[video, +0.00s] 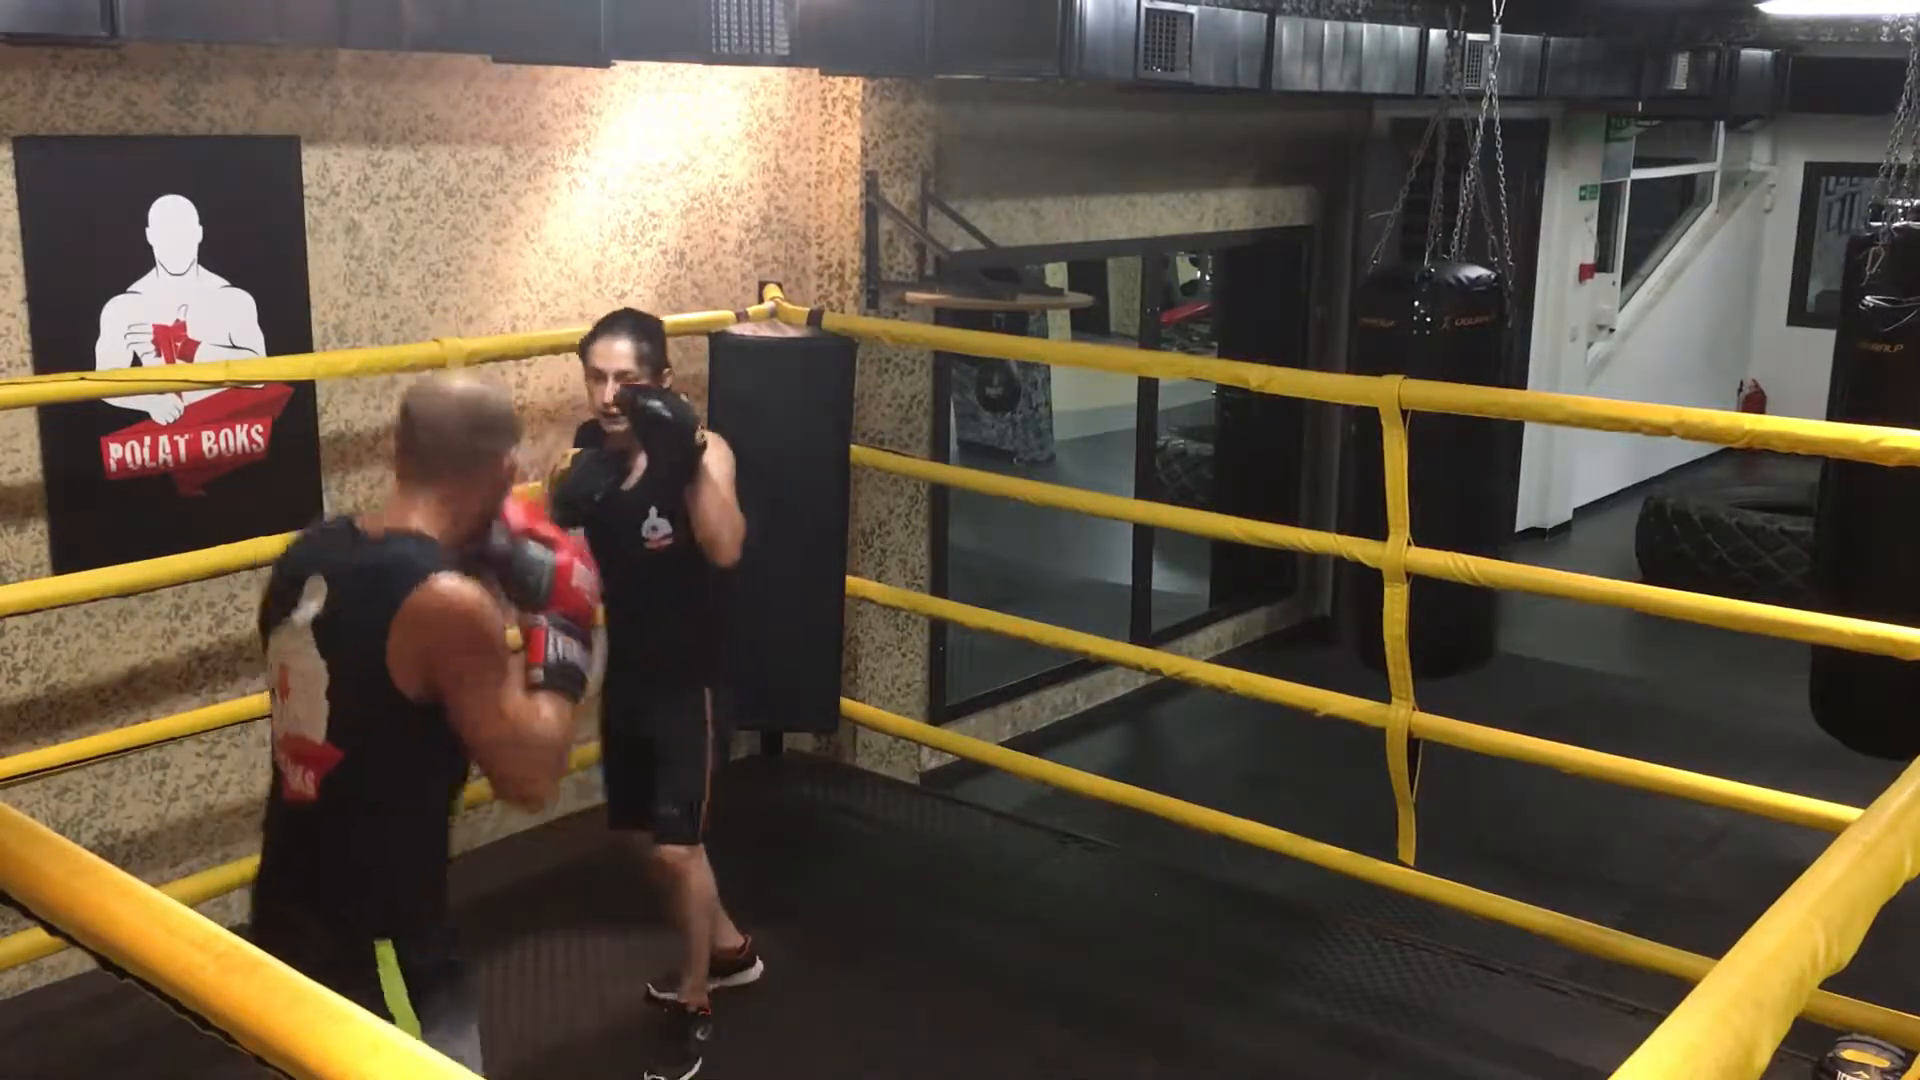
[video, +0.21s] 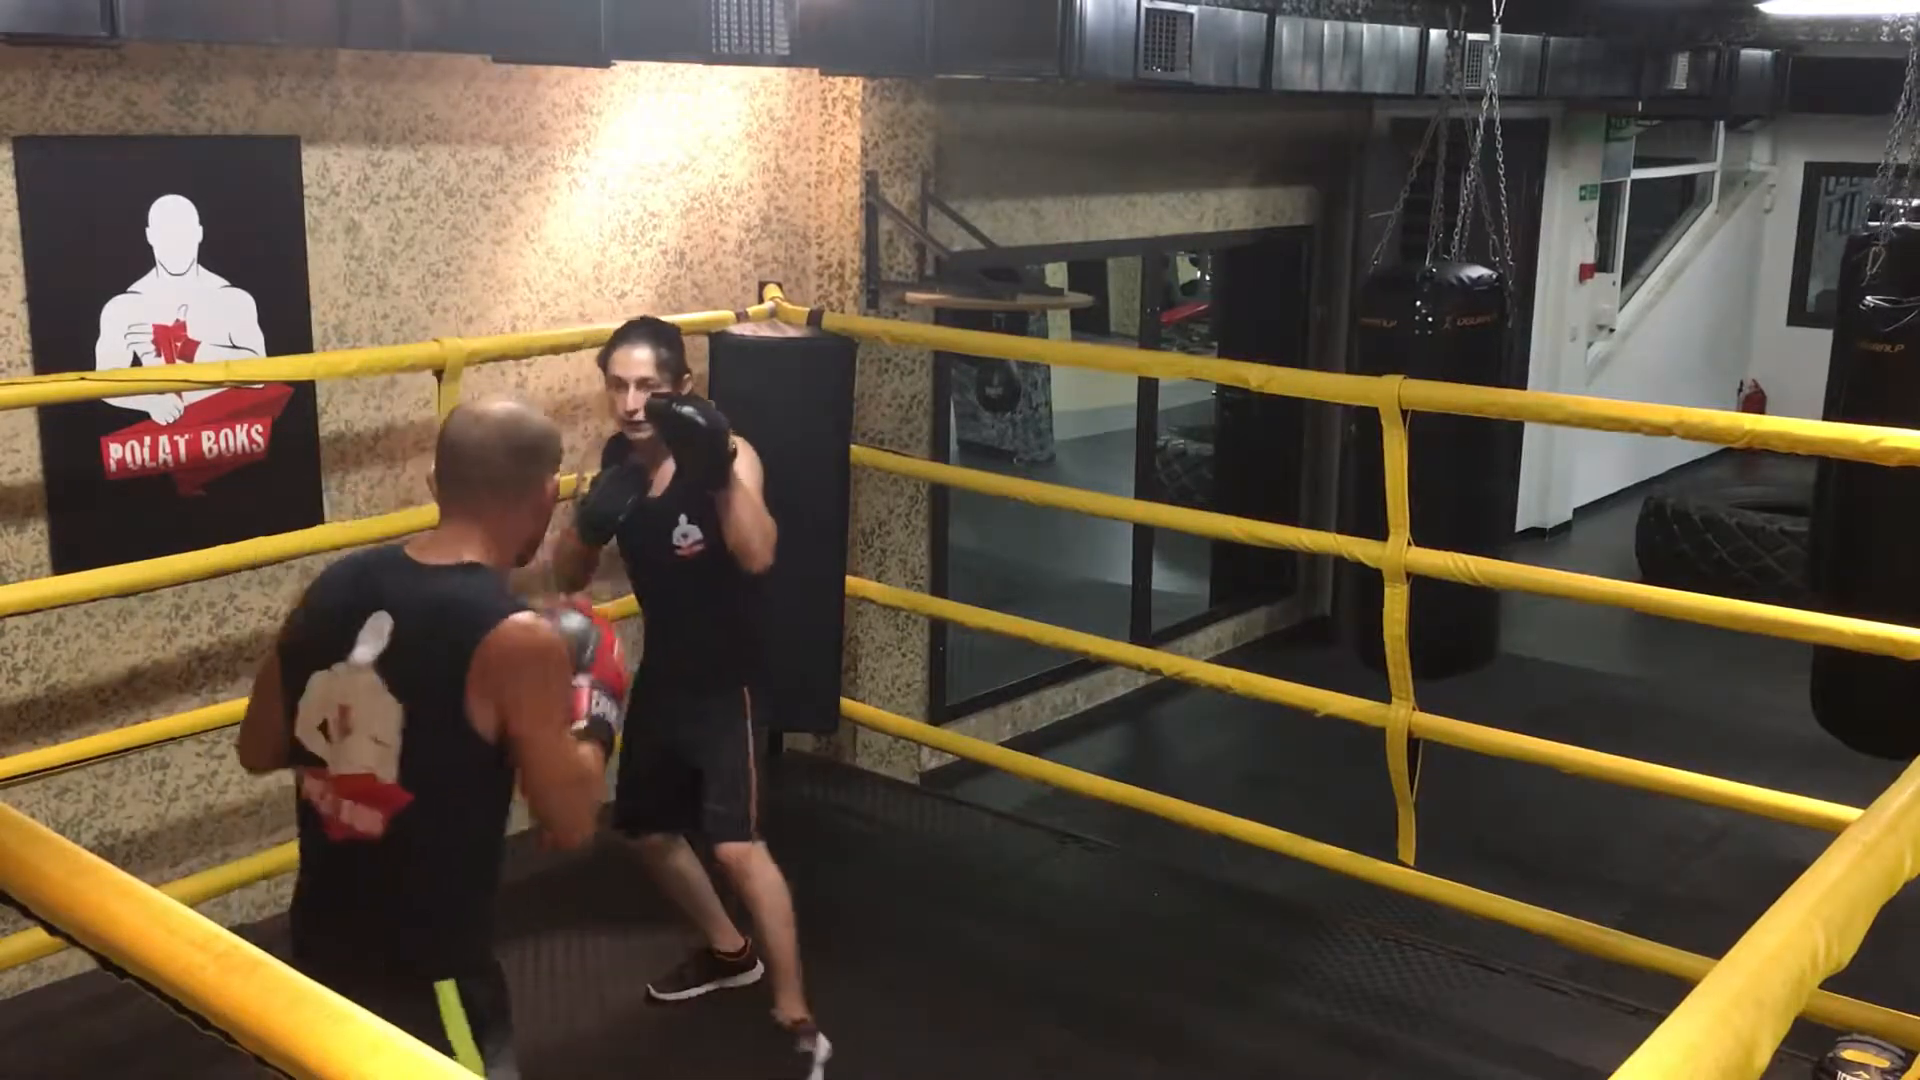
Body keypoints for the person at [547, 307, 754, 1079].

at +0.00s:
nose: (608, 394)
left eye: (623, 379)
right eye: (596, 380)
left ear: (659, 378)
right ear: (585, 383)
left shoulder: (704, 448)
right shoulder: (591, 457)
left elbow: (725, 548)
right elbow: (548, 536)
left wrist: (686, 452)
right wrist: (575, 480)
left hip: (690, 666)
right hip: (627, 663)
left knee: (676, 843)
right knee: (641, 830)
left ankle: (693, 998)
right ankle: (727, 944)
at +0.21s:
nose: (630, 401)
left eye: (645, 386)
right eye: (619, 386)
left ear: (678, 385)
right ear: (606, 388)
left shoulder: (727, 452)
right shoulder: (617, 469)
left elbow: (758, 553)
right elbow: (567, 577)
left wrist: (719, 463)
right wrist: (589, 521)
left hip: (729, 673)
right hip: (664, 672)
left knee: (733, 842)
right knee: (646, 826)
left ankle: (795, 1013)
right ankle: (727, 949)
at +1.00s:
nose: (730, 398)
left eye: (746, 382)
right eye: (721, 382)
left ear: (787, 386)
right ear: (712, 386)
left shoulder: (829, 470)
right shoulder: (721, 461)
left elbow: (870, 589)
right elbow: (650, 500)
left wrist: (798, 549)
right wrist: (670, 504)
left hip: (824, 697)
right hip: (743, 684)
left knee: (819, 871)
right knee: (724, 819)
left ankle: (861, 1020)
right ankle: (776, 940)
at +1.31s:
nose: (776, 385)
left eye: (792, 371)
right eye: (767, 370)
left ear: (833, 375)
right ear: (758, 375)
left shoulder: (875, 467)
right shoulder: (748, 451)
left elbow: (927, 570)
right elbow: (690, 530)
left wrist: (876, 658)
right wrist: (692, 504)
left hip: (846, 675)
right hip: (772, 669)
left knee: (841, 852)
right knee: (804, 818)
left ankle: (865, 1017)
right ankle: (862, 909)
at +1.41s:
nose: (773, 381)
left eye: (789, 366)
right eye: (765, 366)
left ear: (830, 371)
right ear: (759, 371)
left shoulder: (862, 463)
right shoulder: (765, 449)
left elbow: (912, 577)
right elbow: (752, 540)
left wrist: (861, 667)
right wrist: (711, 515)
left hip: (836, 671)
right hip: (781, 660)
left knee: (826, 843)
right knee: (806, 815)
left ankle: (865, 1020)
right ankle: (863, 909)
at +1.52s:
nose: (754, 382)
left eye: (768, 367)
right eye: (749, 367)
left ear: (811, 369)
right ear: (754, 370)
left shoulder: (834, 455)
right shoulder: (784, 441)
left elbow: (884, 569)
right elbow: (793, 537)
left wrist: (849, 677)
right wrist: (742, 530)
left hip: (826, 663)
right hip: (798, 650)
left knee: (797, 831)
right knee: (821, 802)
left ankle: (850, 1009)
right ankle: (866, 911)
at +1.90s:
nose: (664, 390)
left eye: (676, 374)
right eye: (655, 375)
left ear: (714, 369)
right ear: (653, 373)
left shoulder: (737, 454)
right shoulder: (698, 434)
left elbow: (783, 570)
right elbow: (726, 524)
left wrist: (756, 678)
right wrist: (680, 536)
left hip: (744, 661)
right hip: (742, 650)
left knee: (677, 788)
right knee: (776, 781)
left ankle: (656, 929)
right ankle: (856, 900)